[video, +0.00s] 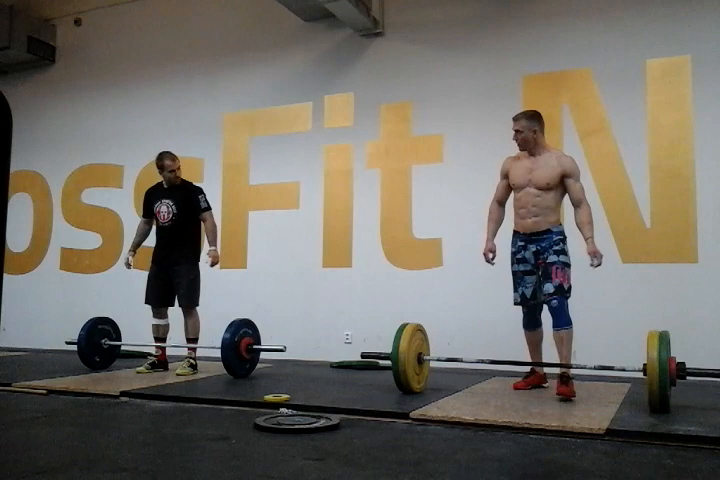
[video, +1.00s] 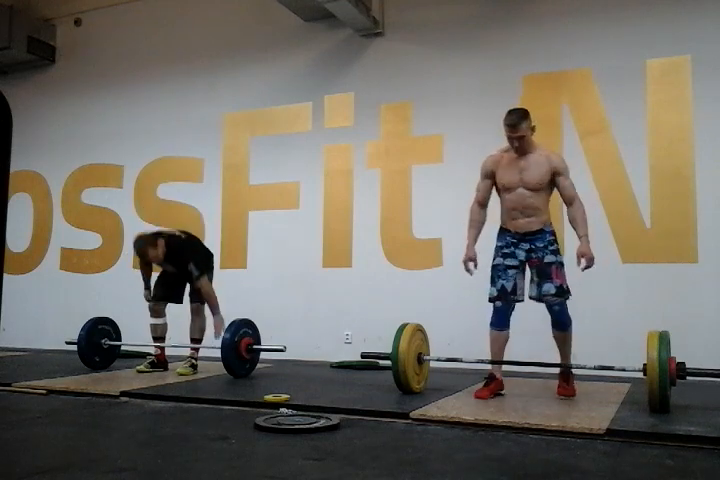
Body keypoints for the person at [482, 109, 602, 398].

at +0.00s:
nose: (514, 137)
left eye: (519, 132)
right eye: (513, 132)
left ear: (536, 132)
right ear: (520, 133)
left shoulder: (563, 163)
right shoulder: (510, 164)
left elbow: (580, 204)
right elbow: (498, 203)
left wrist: (590, 241)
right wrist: (490, 239)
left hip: (552, 242)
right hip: (521, 243)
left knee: (557, 305)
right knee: (530, 309)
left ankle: (565, 377)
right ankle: (537, 371)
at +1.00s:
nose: (514, 144)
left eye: (519, 138)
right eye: (510, 139)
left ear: (531, 130)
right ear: (505, 134)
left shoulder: (551, 162)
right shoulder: (493, 163)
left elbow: (572, 202)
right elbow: (479, 205)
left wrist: (584, 240)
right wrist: (470, 245)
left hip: (542, 241)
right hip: (508, 242)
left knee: (558, 307)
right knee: (500, 307)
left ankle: (566, 371)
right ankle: (494, 377)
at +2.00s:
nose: (512, 299)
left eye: (516, 292)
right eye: (507, 293)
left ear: (523, 283)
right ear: (495, 287)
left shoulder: (549, 286)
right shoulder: (481, 289)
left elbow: (603, 312)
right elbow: (447, 310)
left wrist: (633, 353)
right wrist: (431, 346)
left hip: (552, 277)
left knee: (568, 320)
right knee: (485, 319)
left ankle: (568, 383)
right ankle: (495, 379)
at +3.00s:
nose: (511, 251)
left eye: (515, 245)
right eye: (506, 247)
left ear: (527, 237)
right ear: (499, 243)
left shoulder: (550, 258)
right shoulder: (489, 259)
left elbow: (593, 297)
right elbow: (461, 294)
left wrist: (624, 340)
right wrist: (436, 331)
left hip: (551, 287)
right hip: (512, 288)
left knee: (572, 313)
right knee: (481, 309)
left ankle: (570, 383)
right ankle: (494, 378)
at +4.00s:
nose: (532, 121)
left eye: (537, 116)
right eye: (527, 117)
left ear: (549, 117)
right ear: (521, 119)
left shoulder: (567, 152)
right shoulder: (508, 155)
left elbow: (602, 184)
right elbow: (475, 188)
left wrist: (629, 217)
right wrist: (446, 219)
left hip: (553, 238)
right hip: (517, 239)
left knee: (561, 310)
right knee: (512, 309)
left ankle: (569, 381)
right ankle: (507, 378)